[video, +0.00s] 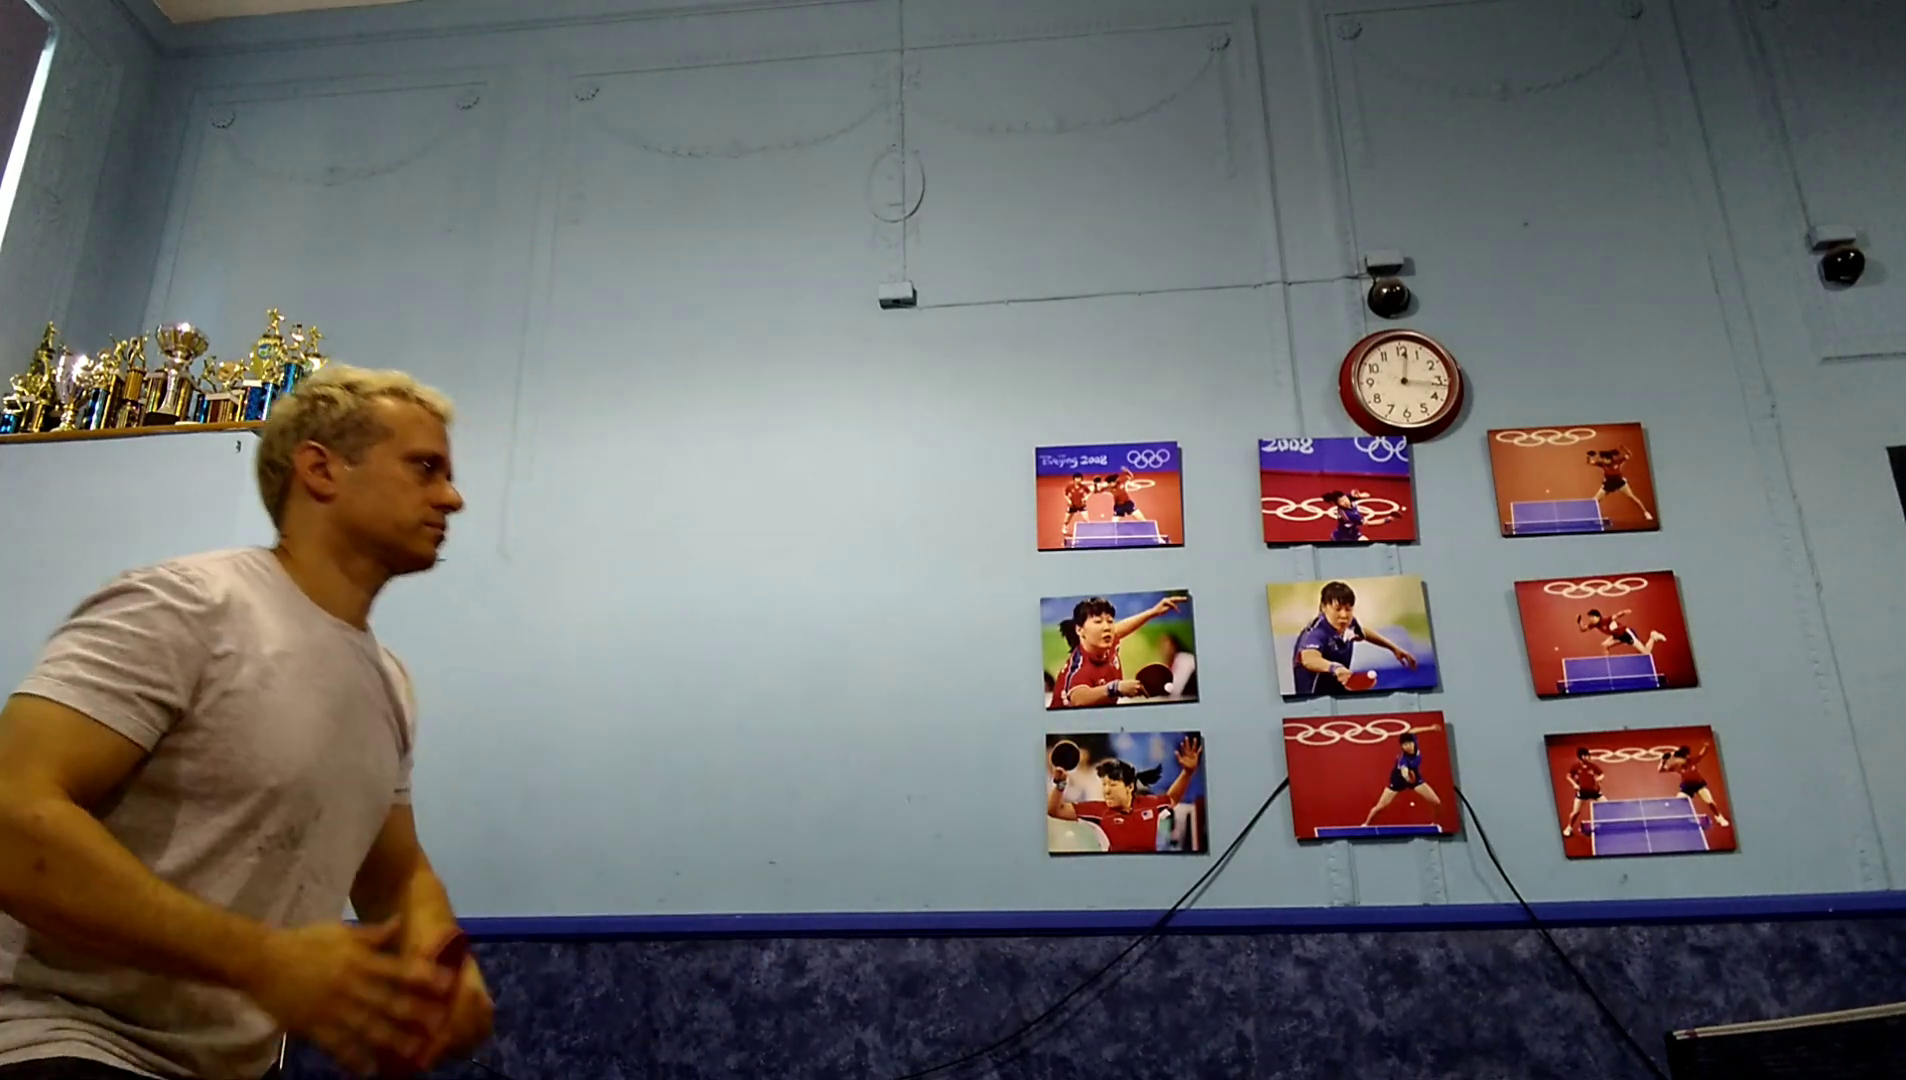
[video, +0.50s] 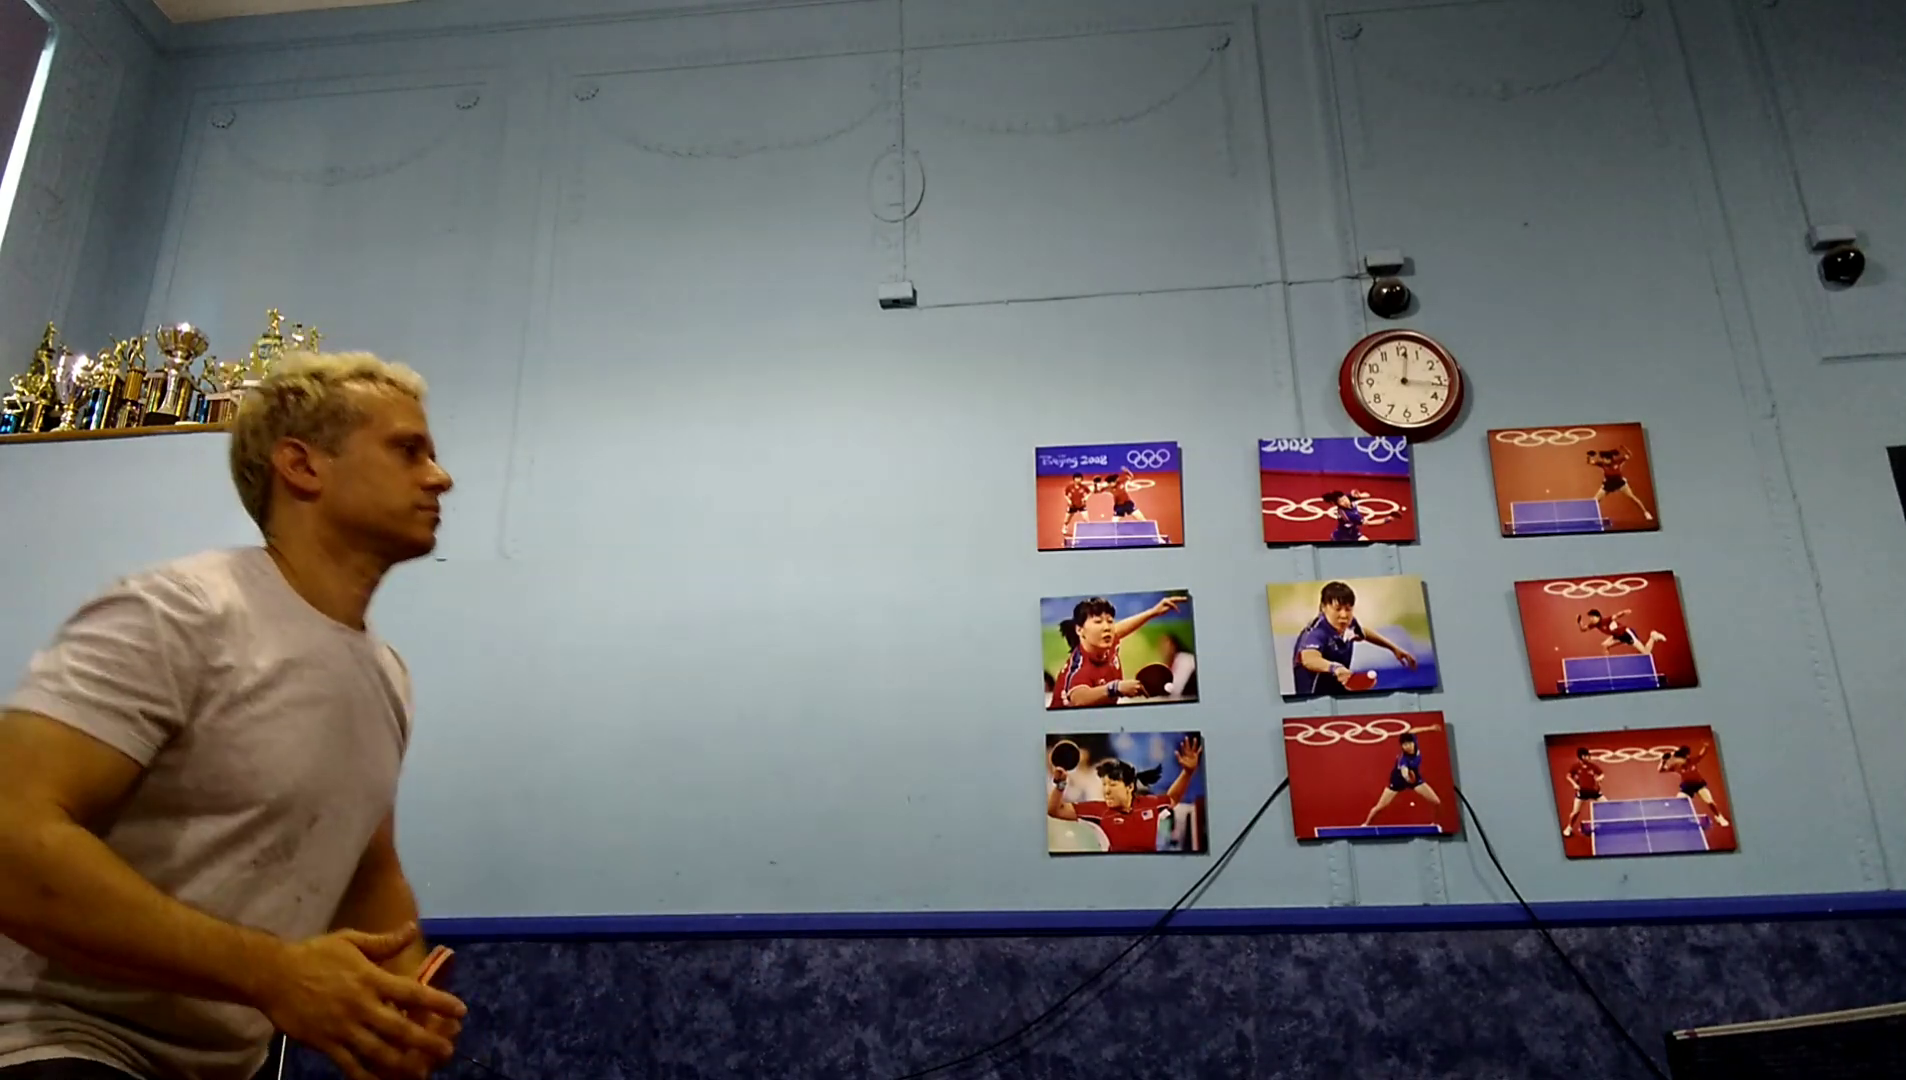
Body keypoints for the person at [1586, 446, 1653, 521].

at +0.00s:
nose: (1605, 461)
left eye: (1606, 460)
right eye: (1603, 460)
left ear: (1610, 459)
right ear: (1603, 459)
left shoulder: (1617, 461)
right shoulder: (1602, 464)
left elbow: (1629, 457)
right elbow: (1590, 463)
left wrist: (1624, 449)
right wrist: (1590, 457)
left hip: (1620, 482)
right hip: (1608, 483)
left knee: (1632, 497)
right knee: (1595, 500)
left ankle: (1645, 512)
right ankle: (1592, 519)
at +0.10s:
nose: (1605, 461)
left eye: (1606, 460)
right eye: (1603, 460)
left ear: (1610, 459)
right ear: (1603, 459)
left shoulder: (1617, 461)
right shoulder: (1602, 464)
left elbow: (1629, 457)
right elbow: (1590, 463)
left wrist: (1624, 449)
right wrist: (1590, 457)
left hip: (1620, 482)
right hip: (1608, 483)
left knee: (1632, 497)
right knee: (1596, 499)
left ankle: (1645, 512)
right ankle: (1593, 519)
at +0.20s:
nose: (1605, 461)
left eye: (1606, 460)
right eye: (1603, 460)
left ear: (1610, 459)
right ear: (1603, 459)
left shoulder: (1617, 461)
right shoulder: (1602, 464)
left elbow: (1629, 457)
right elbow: (1590, 463)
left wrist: (1624, 449)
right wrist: (1590, 457)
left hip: (1620, 482)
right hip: (1608, 483)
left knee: (1632, 497)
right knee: (1596, 500)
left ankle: (1645, 512)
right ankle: (1594, 519)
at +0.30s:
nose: (1605, 461)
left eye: (1606, 460)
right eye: (1603, 460)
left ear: (1610, 459)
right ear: (1603, 459)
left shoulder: (1617, 462)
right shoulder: (1602, 464)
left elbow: (1628, 457)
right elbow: (1590, 463)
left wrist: (1624, 449)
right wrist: (1590, 457)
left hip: (1620, 482)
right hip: (1608, 483)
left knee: (1632, 497)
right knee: (1596, 499)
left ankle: (1645, 512)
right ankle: (1593, 519)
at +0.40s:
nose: (1605, 461)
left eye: (1606, 460)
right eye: (1603, 460)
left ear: (1610, 459)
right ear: (1603, 459)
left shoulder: (1617, 462)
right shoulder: (1602, 464)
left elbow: (1628, 457)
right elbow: (1590, 463)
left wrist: (1624, 449)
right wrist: (1590, 457)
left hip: (1620, 482)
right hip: (1608, 483)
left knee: (1632, 497)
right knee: (1596, 499)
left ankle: (1645, 512)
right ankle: (1593, 519)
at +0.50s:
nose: (1605, 461)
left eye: (1606, 460)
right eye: (1603, 460)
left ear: (1609, 459)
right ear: (1603, 459)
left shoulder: (1617, 461)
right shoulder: (1602, 464)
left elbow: (1628, 457)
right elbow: (1590, 463)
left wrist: (1624, 449)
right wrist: (1590, 457)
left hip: (1620, 482)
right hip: (1608, 482)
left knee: (1632, 497)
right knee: (1595, 499)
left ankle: (1645, 512)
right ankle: (1593, 519)